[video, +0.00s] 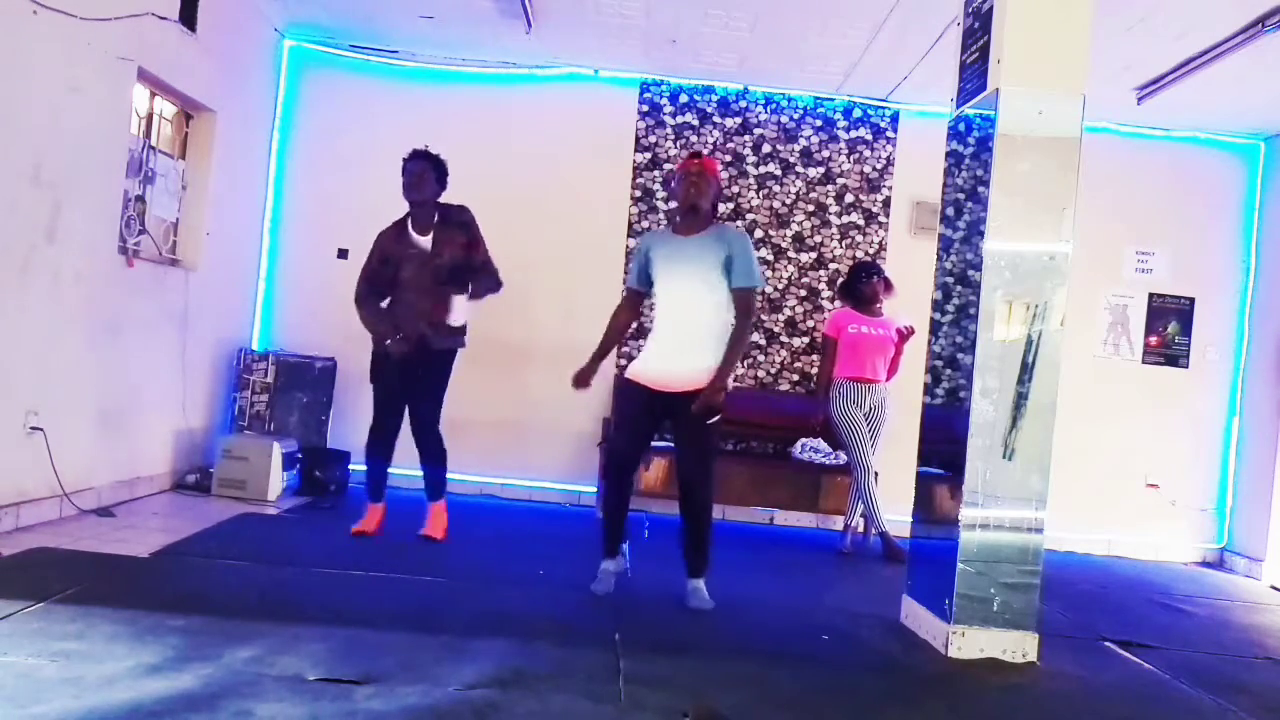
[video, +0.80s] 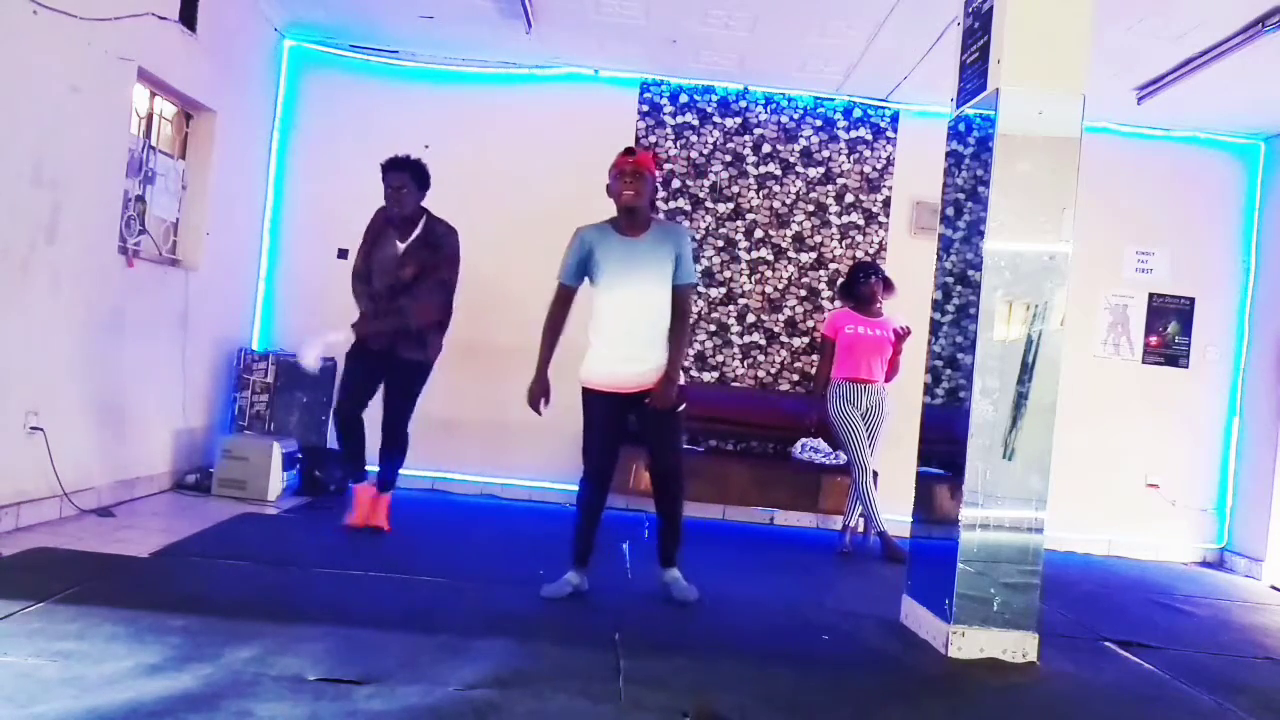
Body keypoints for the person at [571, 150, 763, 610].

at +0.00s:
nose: (691, 186)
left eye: (700, 180)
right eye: (685, 179)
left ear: (716, 191)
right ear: (674, 188)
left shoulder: (733, 241)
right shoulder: (652, 243)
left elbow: (746, 315)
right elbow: (629, 307)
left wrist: (721, 379)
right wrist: (594, 361)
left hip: (700, 386)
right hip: (642, 381)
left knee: (696, 486)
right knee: (617, 469)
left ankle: (696, 579)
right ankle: (612, 559)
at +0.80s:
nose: (627, 184)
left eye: (636, 177)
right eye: (621, 176)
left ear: (653, 187)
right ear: (610, 185)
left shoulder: (676, 238)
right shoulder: (589, 239)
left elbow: (682, 310)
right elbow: (560, 305)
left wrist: (672, 375)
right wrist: (542, 370)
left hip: (657, 385)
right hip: (602, 385)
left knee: (669, 481)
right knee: (594, 481)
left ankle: (670, 569)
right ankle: (578, 571)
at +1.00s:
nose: (632, 183)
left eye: (641, 177)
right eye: (626, 176)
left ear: (656, 187)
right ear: (613, 183)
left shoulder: (674, 239)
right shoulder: (590, 233)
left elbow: (681, 307)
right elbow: (566, 300)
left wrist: (686, 364)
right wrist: (549, 366)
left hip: (650, 383)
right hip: (597, 382)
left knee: (653, 482)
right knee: (592, 479)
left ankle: (659, 571)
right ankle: (577, 571)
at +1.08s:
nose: (635, 182)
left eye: (644, 176)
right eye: (629, 175)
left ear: (659, 187)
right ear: (617, 182)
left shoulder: (676, 239)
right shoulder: (592, 232)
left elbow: (685, 310)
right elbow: (576, 302)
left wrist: (691, 368)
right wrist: (563, 364)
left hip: (651, 382)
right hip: (598, 380)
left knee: (653, 478)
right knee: (592, 477)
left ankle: (661, 571)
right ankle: (577, 570)